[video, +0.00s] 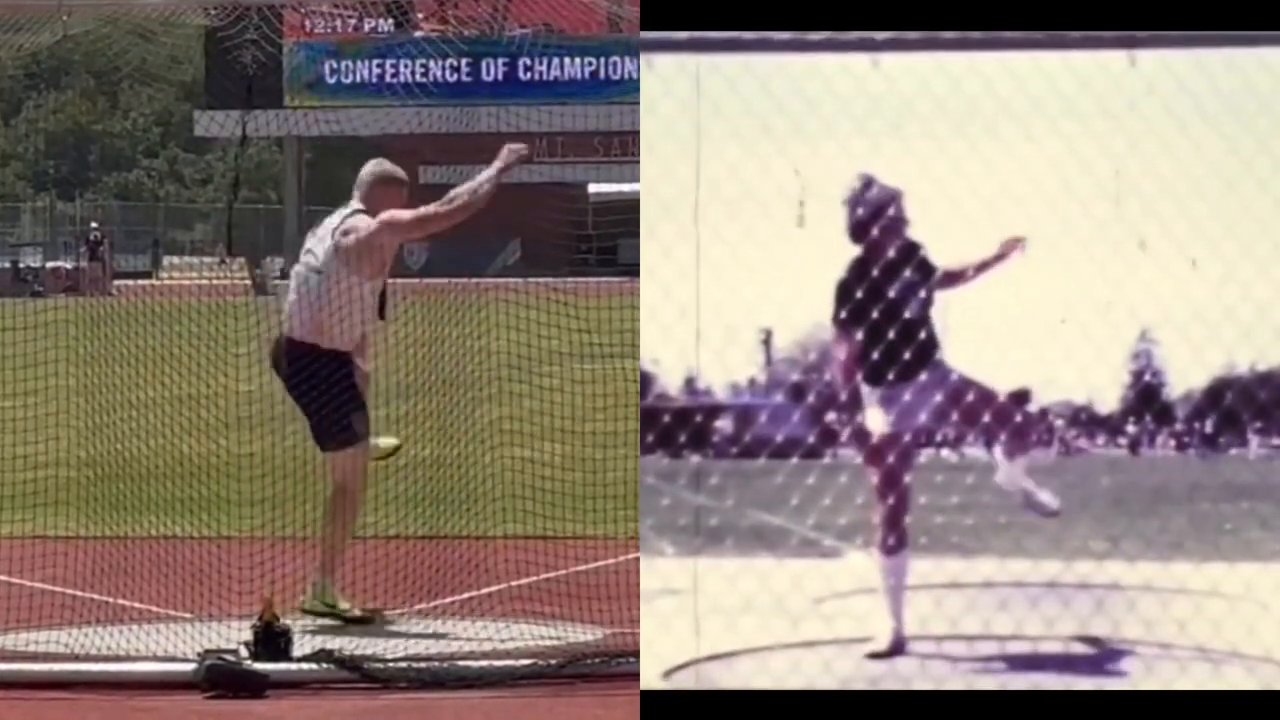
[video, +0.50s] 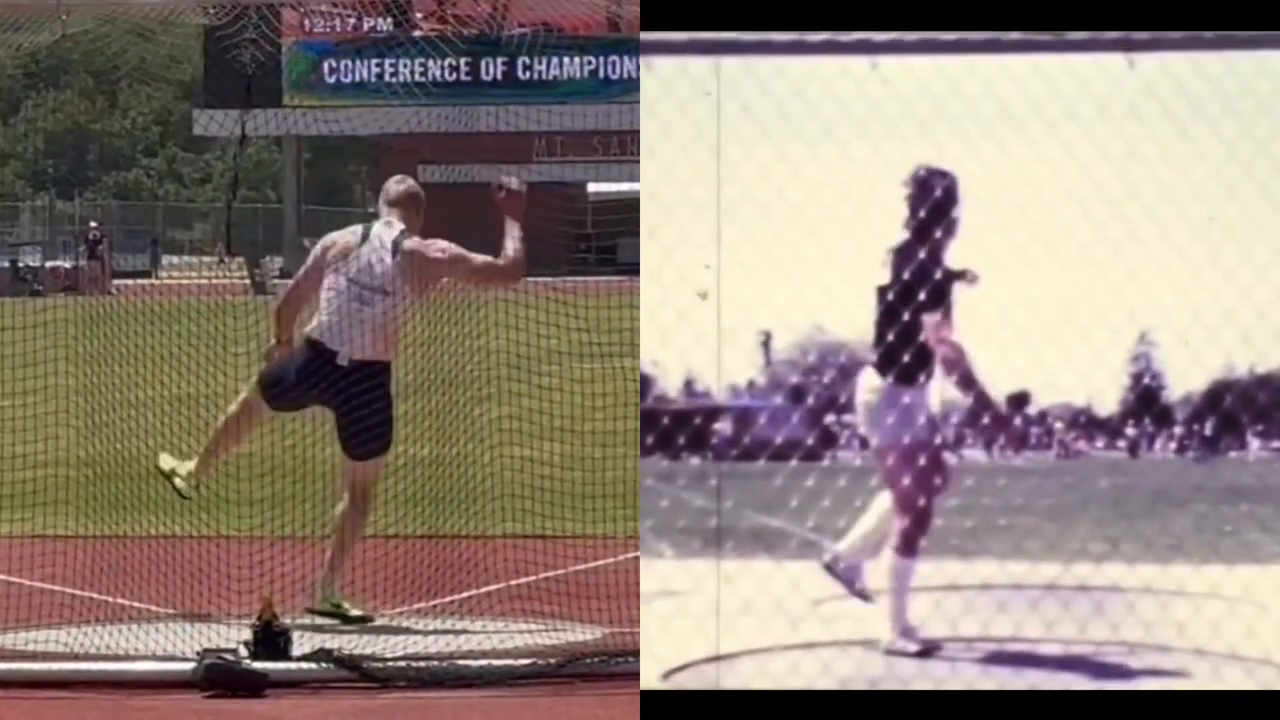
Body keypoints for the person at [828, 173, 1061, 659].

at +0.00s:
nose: (902, 223)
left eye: (901, 214)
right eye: (892, 217)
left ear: (900, 216)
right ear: (872, 227)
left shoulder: (910, 255)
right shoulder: (854, 285)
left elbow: (940, 282)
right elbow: (846, 357)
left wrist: (995, 260)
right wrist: (858, 418)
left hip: (935, 380)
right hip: (887, 400)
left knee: (1009, 421)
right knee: (893, 507)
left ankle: (1011, 475)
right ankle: (896, 626)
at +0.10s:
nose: (922, 228)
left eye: (920, 219)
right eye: (913, 221)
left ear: (912, 222)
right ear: (889, 227)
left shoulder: (915, 262)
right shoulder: (867, 276)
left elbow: (938, 281)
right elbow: (866, 353)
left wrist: (989, 261)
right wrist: (874, 420)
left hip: (932, 385)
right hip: (889, 398)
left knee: (1006, 435)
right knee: (897, 507)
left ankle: (975, 499)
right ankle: (897, 623)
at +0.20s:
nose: (935, 220)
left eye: (932, 211)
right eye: (927, 213)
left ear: (904, 221)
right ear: (907, 222)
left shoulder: (916, 266)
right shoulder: (883, 276)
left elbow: (934, 283)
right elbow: (882, 346)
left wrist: (977, 265)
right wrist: (892, 395)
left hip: (926, 387)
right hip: (885, 397)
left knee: (989, 449)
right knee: (901, 511)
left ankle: (937, 520)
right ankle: (896, 623)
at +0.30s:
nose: (938, 217)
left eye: (936, 208)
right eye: (931, 209)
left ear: (907, 214)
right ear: (912, 216)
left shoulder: (917, 261)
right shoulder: (888, 269)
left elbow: (933, 277)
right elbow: (888, 325)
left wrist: (972, 263)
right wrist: (900, 353)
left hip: (922, 382)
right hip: (885, 390)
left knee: (979, 444)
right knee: (903, 506)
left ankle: (922, 520)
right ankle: (897, 619)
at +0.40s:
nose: (950, 218)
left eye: (947, 209)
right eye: (948, 209)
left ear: (907, 209)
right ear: (939, 212)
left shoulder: (906, 251)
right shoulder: (914, 267)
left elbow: (925, 271)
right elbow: (917, 343)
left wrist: (965, 268)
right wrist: (946, 391)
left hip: (911, 384)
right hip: (890, 390)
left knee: (956, 465)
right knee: (911, 504)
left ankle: (877, 538)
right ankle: (897, 622)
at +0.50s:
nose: (958, 221)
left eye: (956, 211)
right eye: (954, 212)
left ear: (915, 208)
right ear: (945, 213)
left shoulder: (907, 256)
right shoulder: (926, 264)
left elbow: (912, 290)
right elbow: (941, 342)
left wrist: (952, 277)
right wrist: (987, 401)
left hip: (890, 384)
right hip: (894, 391)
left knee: (930, 476)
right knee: (914, 506)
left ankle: (848, 556)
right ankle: (899, 626)